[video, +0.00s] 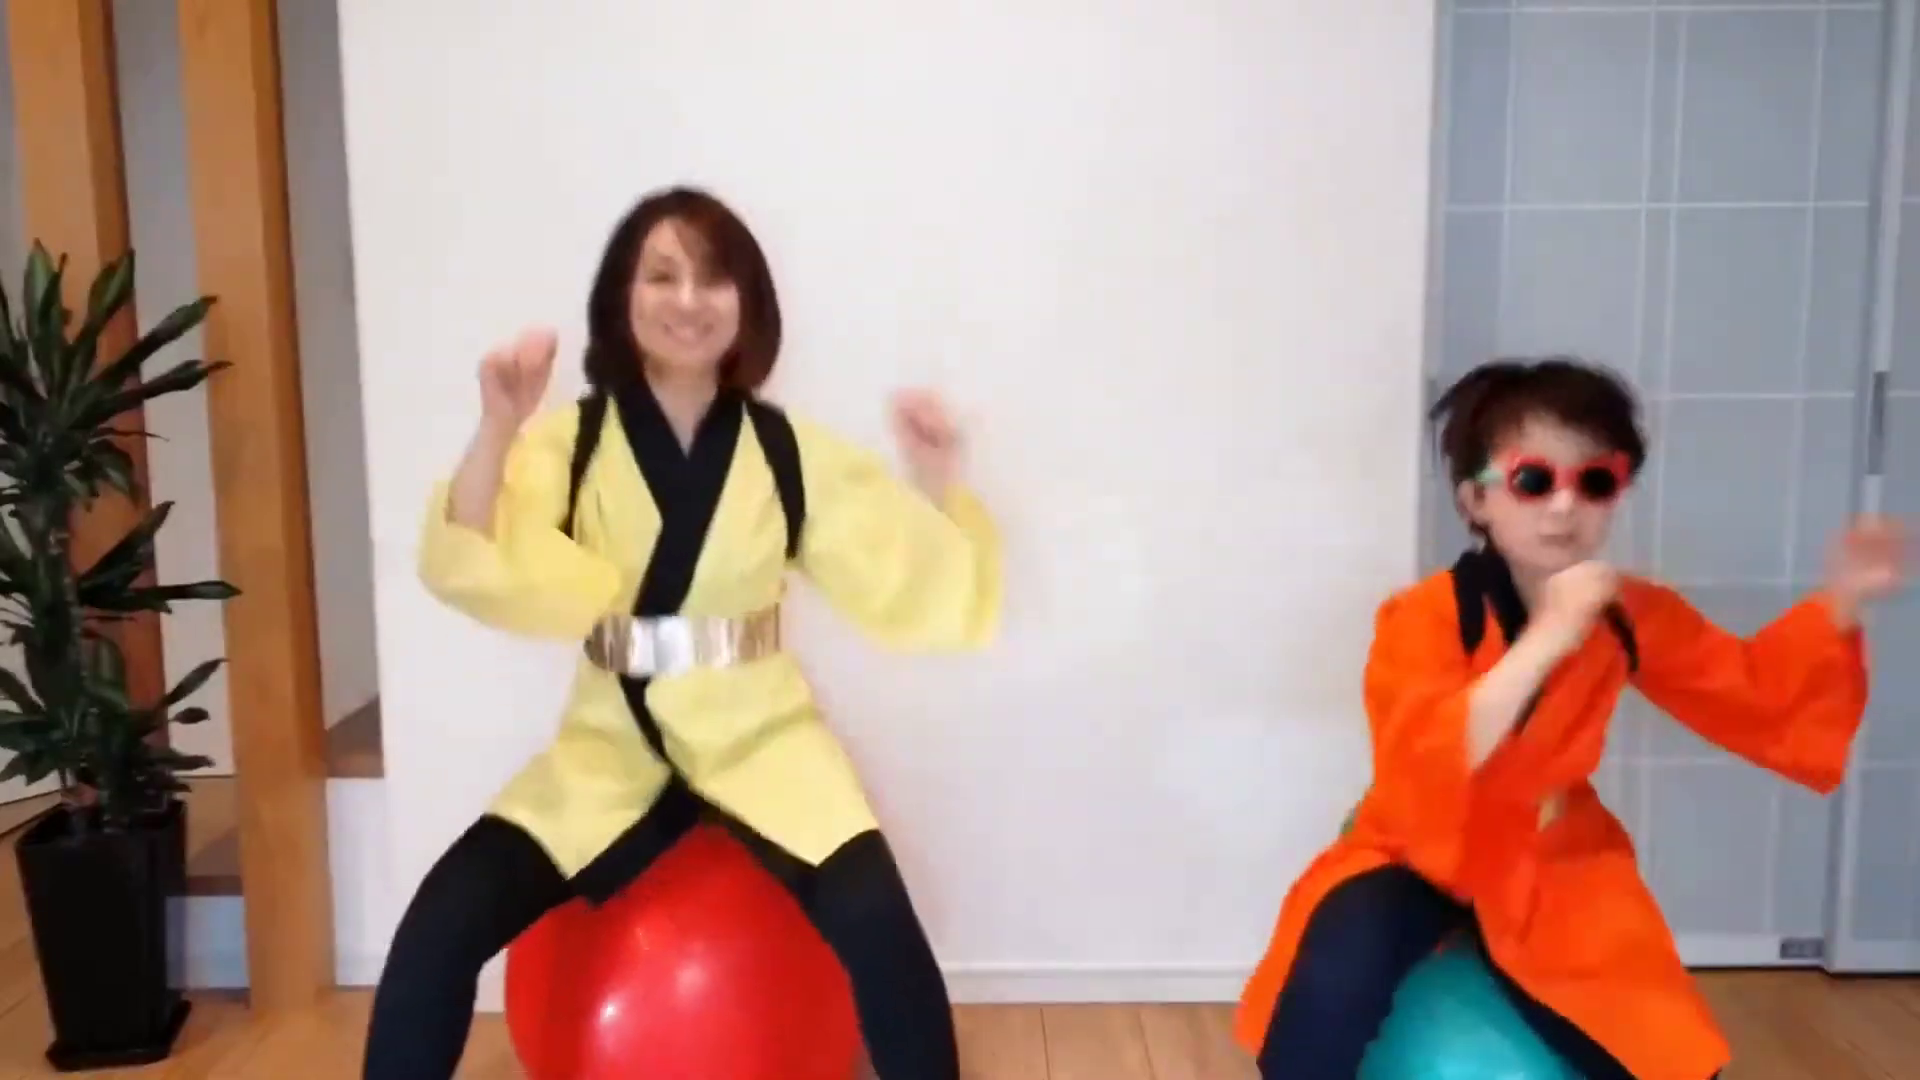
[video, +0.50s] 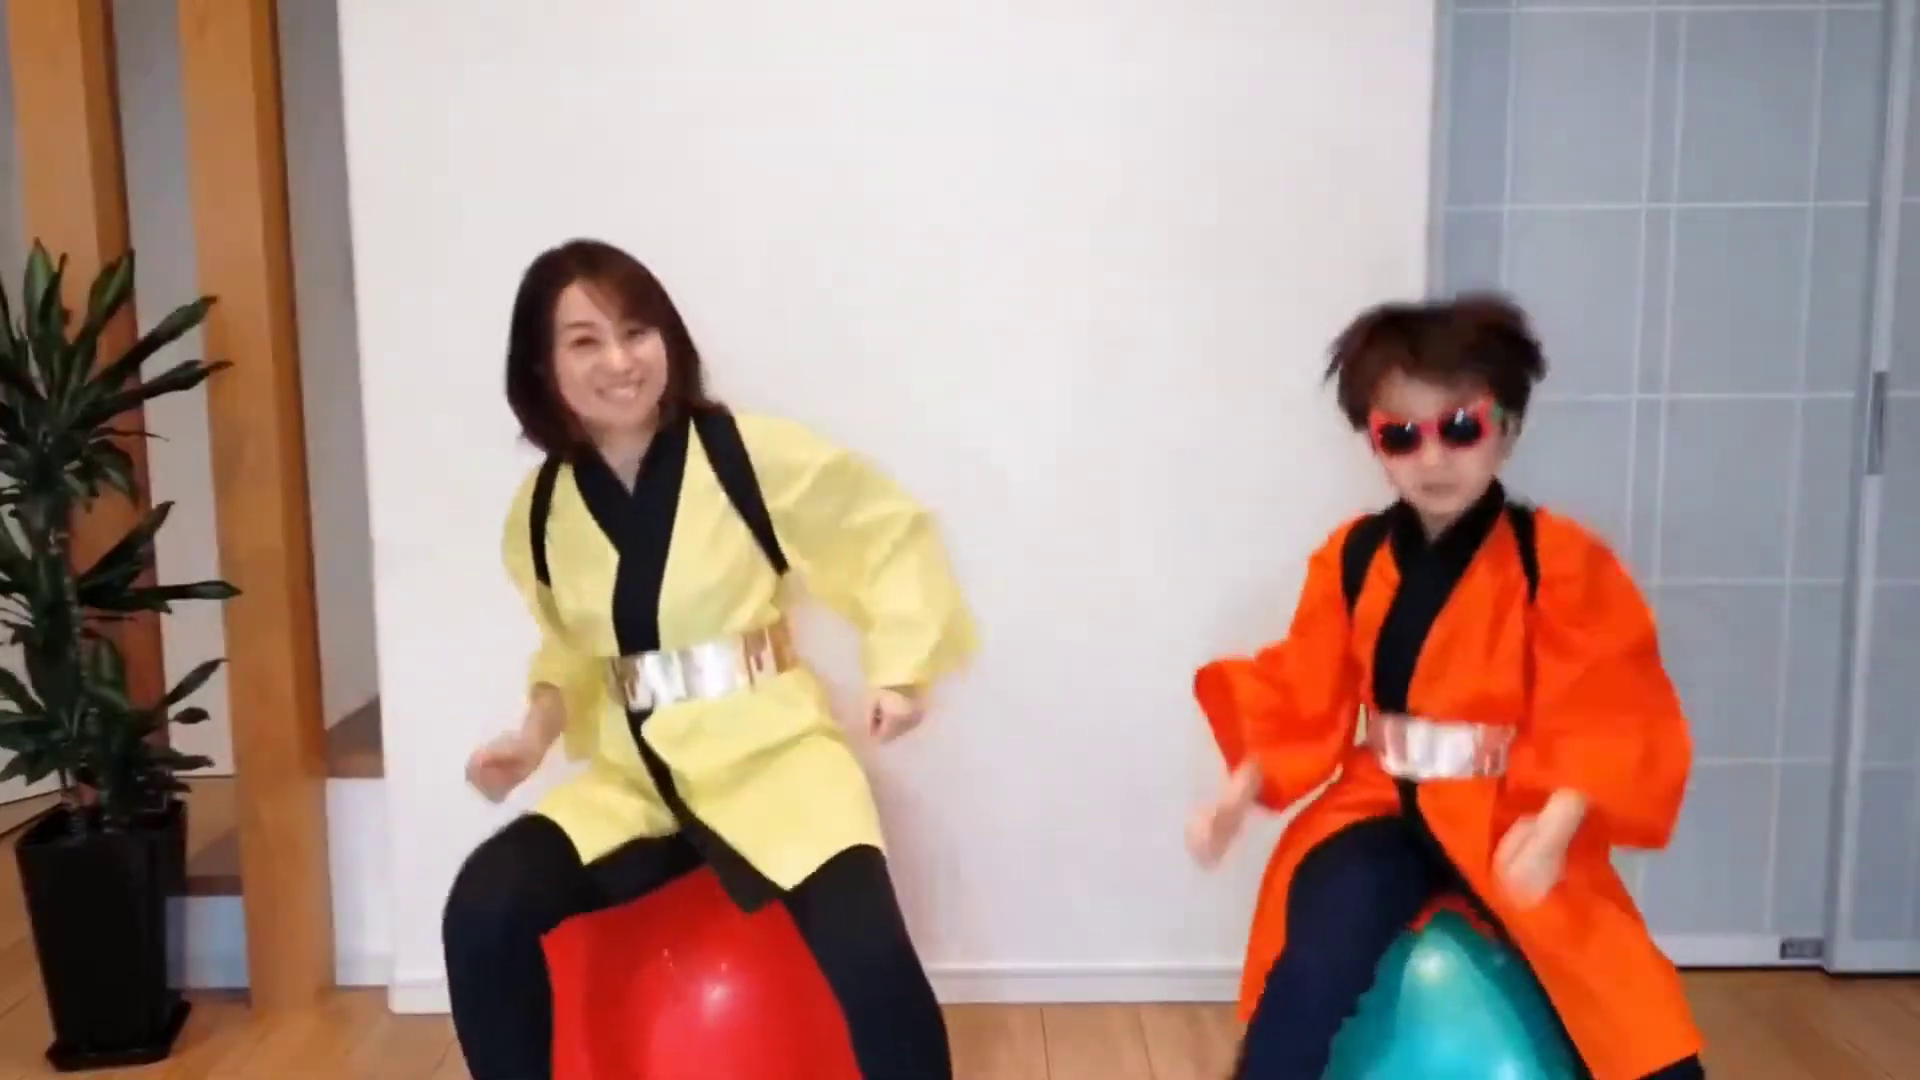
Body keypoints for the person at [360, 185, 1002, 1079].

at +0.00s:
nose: (686, 300)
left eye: (713, 279)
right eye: (660, 276)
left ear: (747, 303)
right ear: (622, 298)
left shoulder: (785, 447)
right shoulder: (570, 437)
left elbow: (923, 597)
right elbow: (464, 571)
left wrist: (936, 481)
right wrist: (496, 431)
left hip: (766, 747)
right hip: (611, 752)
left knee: (882, 929)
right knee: (440, 924)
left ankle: (922, 1071)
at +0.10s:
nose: (674, 289)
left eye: (703, 267)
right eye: (648, 262)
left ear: (733, 289)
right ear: (602, 281)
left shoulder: (772, 416)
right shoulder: (559, 426)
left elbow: (890, 574)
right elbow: (460, 594)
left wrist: (831, 462)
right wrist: (503, 451)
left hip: (778, 726)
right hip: (626, 738)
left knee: (886, 916)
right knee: (463, 909)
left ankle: (930, 1072)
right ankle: (461, 1073)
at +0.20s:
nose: (664, 336)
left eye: (688, 314)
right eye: (637, 311)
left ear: (719, 335)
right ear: (589, 330)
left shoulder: (778, 456)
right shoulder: (542, 485)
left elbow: (886, 556)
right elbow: (514, 664)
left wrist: (788, 567)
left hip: (788, 768)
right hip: (640, 780)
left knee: (886, 933)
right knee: (496, 938)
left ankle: (923, 1072)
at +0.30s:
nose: (646, 397)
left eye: (668, 372)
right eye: (616, 377)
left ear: (700, 390)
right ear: (575, 404)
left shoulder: (761, 508)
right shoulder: (548, 549)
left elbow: (900, 587)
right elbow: (545, 671)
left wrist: (838, 683)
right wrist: (519, 724)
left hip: (794, 824)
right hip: (647, 842)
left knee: (881, 957)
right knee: (500, 942)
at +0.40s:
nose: (633, 398)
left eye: (654, 370)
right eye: (602, 381)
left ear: (686, 382)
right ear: (565, 408)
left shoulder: (756, 499)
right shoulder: (550, 541)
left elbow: (906, 562)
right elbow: (563, 679)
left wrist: (899, 680)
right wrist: (529, 721)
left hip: (782, 816)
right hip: (641, 836)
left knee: (874, 953)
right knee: (496, 942)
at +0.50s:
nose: (620, 361)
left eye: (635, 332)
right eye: (586, 344)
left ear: (669, 340)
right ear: (545, 372)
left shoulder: (746, 453)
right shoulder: (541, 505)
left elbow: (894, 536)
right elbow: (567, 643)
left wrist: (899, 669)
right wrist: (533, 734)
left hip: (775, 767)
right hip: (631, 783)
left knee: (871, 955)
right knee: (484, 905)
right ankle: (513, 1078)